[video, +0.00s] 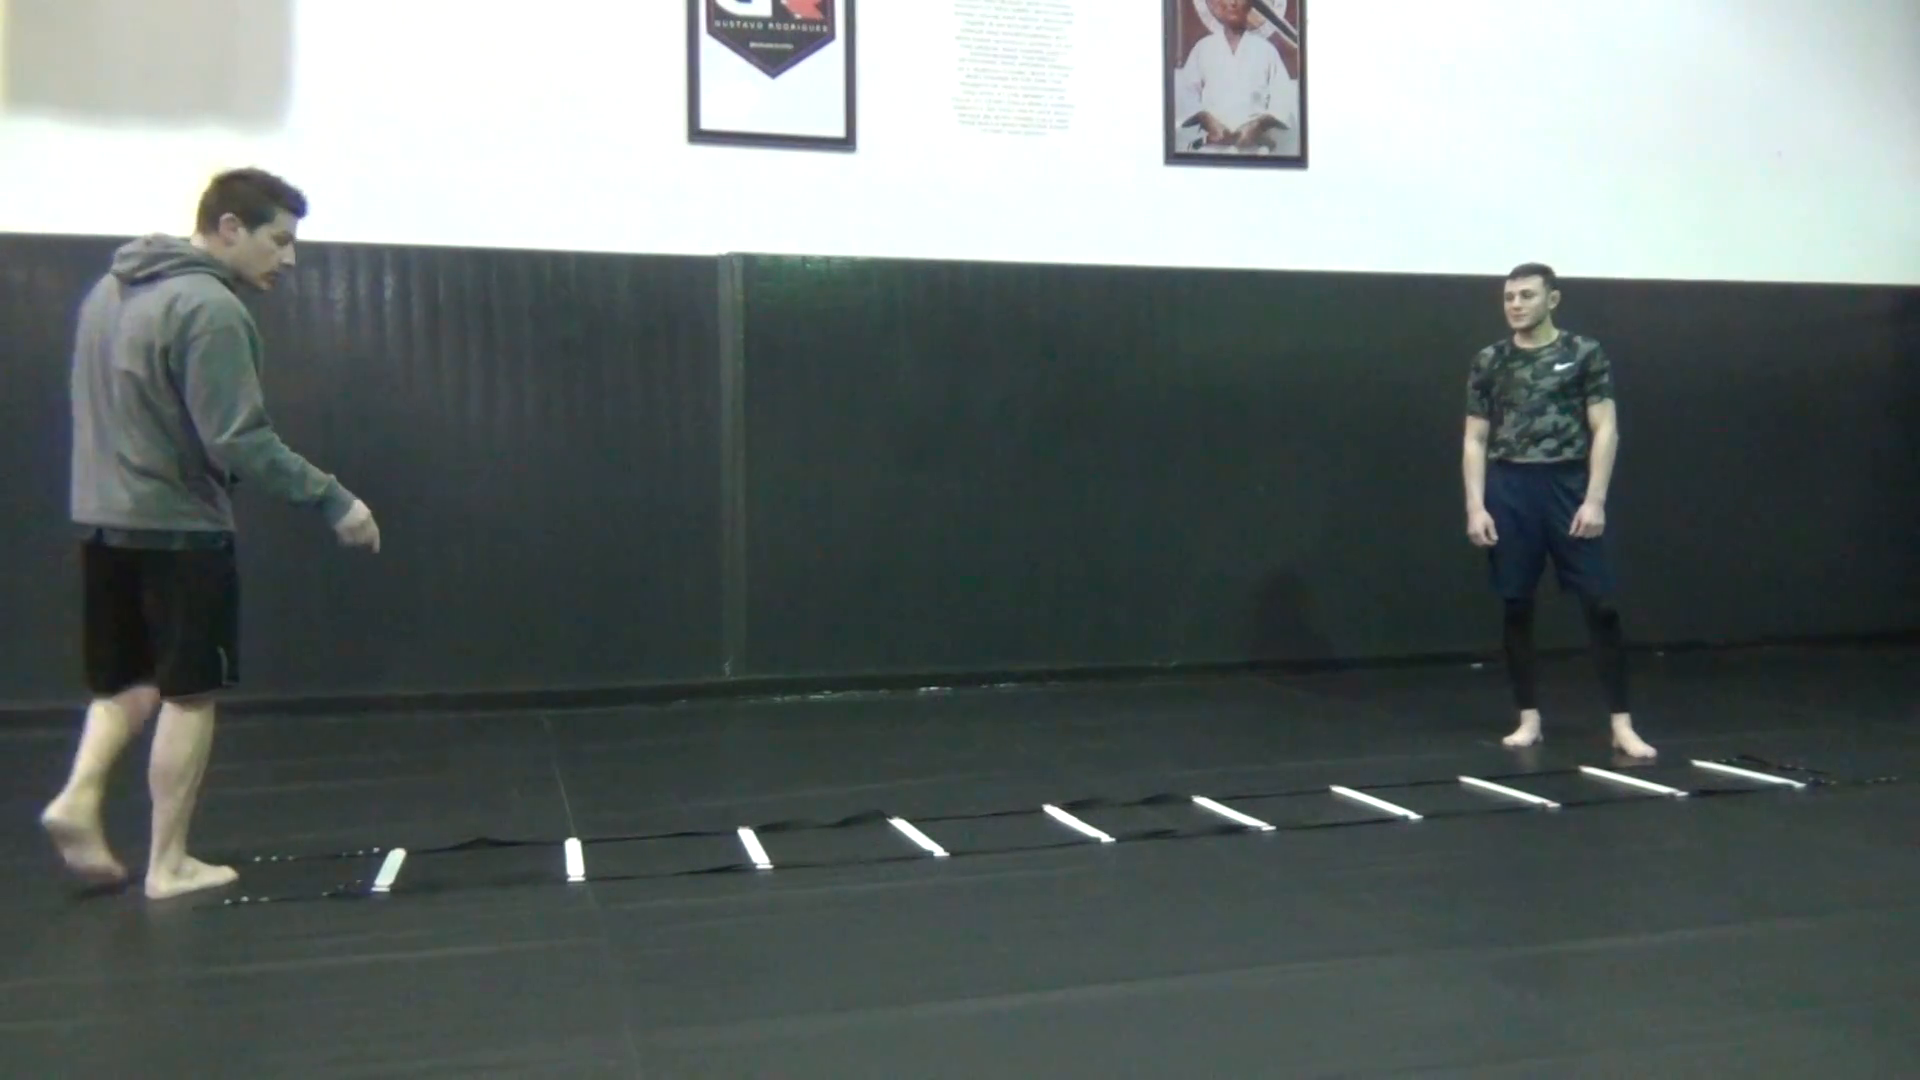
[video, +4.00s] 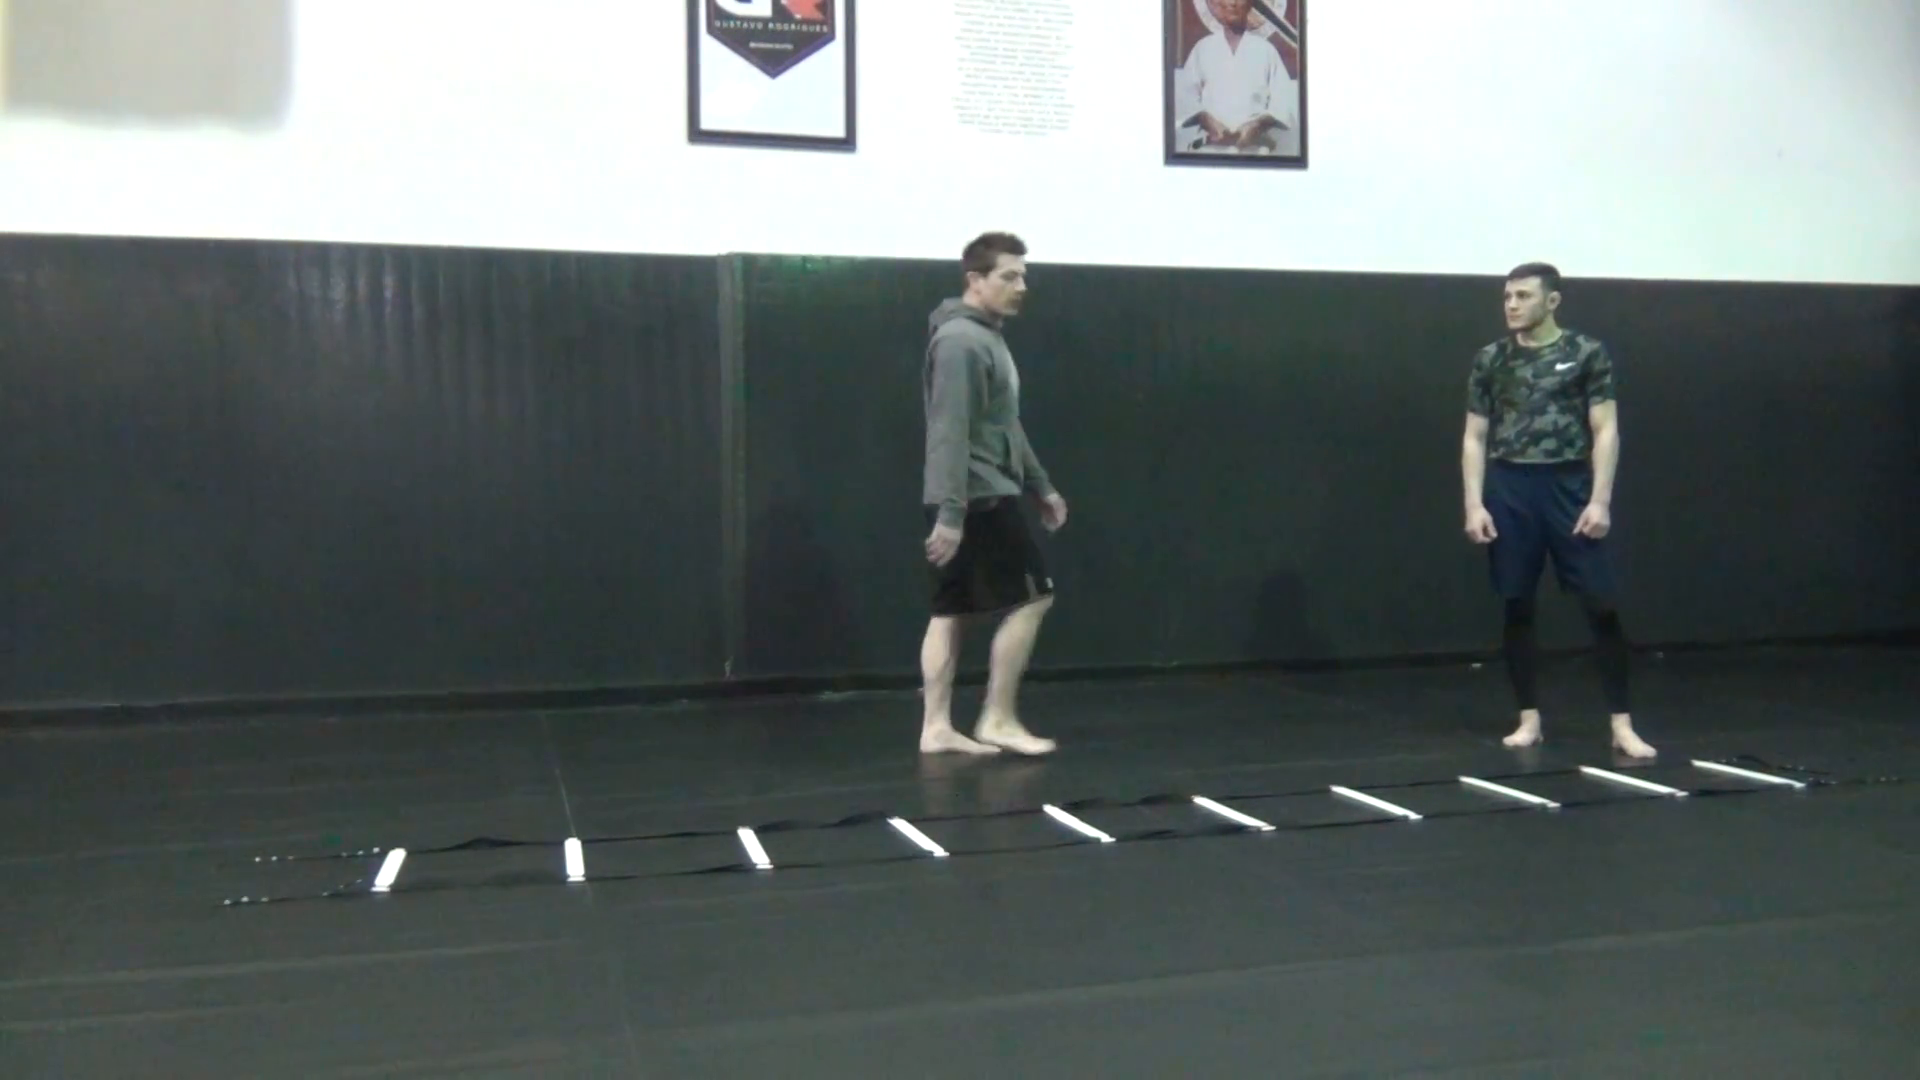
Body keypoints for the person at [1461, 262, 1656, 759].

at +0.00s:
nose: (1516, 305)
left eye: (1527, 296)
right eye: (1510, 298)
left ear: (1552, 299)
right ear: (1503, 304)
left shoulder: (1585, 353)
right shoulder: (1489, 361)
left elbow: (1604, 428)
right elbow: (1475, 438)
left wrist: (1595, 499)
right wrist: (1475, 506)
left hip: (1570, 490)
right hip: (1509, 491)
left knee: (1601, 603)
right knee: (1515, 605)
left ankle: (1621, 724)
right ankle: (1528, 718)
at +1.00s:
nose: (1513, 304)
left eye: (1524, 295)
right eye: (1508, 297)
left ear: (1552, 300)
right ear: (1503, 303)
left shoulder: (1586, 353)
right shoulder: (1488, 360)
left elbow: (1605, 427)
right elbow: (1473, 437)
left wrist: (1595, 499)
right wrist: (1472, 505)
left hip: (1570, 491)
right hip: (1509, 491)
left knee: (1601, 604)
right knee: (1516, 603)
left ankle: (1621, 723)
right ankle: (1528, 717)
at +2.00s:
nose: (1513, 305)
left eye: (1524, 296)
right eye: (1508, 298)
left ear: (1551, 300)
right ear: (1503, 304)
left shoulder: (1586, 353)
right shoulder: (1489, 361)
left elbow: (1603, 431)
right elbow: (1474, 437)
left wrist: (1597, 499)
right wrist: (1474, 499)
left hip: (1570, 489)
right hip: (1509, 491)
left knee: (1600, 603)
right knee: (1515, 604)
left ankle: (1620, 723)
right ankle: (1528, 717)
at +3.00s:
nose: (1509, 304)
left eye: (1520, 296)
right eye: (1504, 297)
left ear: (1549, 300)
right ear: (1501, 304)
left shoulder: (1585, 353)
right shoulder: (1489, 360)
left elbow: (1602, 429)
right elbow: (1474, 438)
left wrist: (1598, 499)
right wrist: (1473, 505)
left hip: (1569, 490)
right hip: (1508, 491)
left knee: (1601, 604)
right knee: (1515, 606)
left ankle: (1621, 724)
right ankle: (1528, 718)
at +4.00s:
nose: (1511, 305)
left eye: (1522, 296)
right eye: (1507, 297)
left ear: (1552, 300)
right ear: (1505, 303)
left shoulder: (1588, 353)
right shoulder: (1490, 359)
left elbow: (1605, 429)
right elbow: (1474, 437)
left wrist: (1601, 500)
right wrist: (1473, 504)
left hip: (1571, 490)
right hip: (1509, 491)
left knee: (1602, 605)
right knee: (1516, 606)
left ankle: (1621, 724)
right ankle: (1528, 718)